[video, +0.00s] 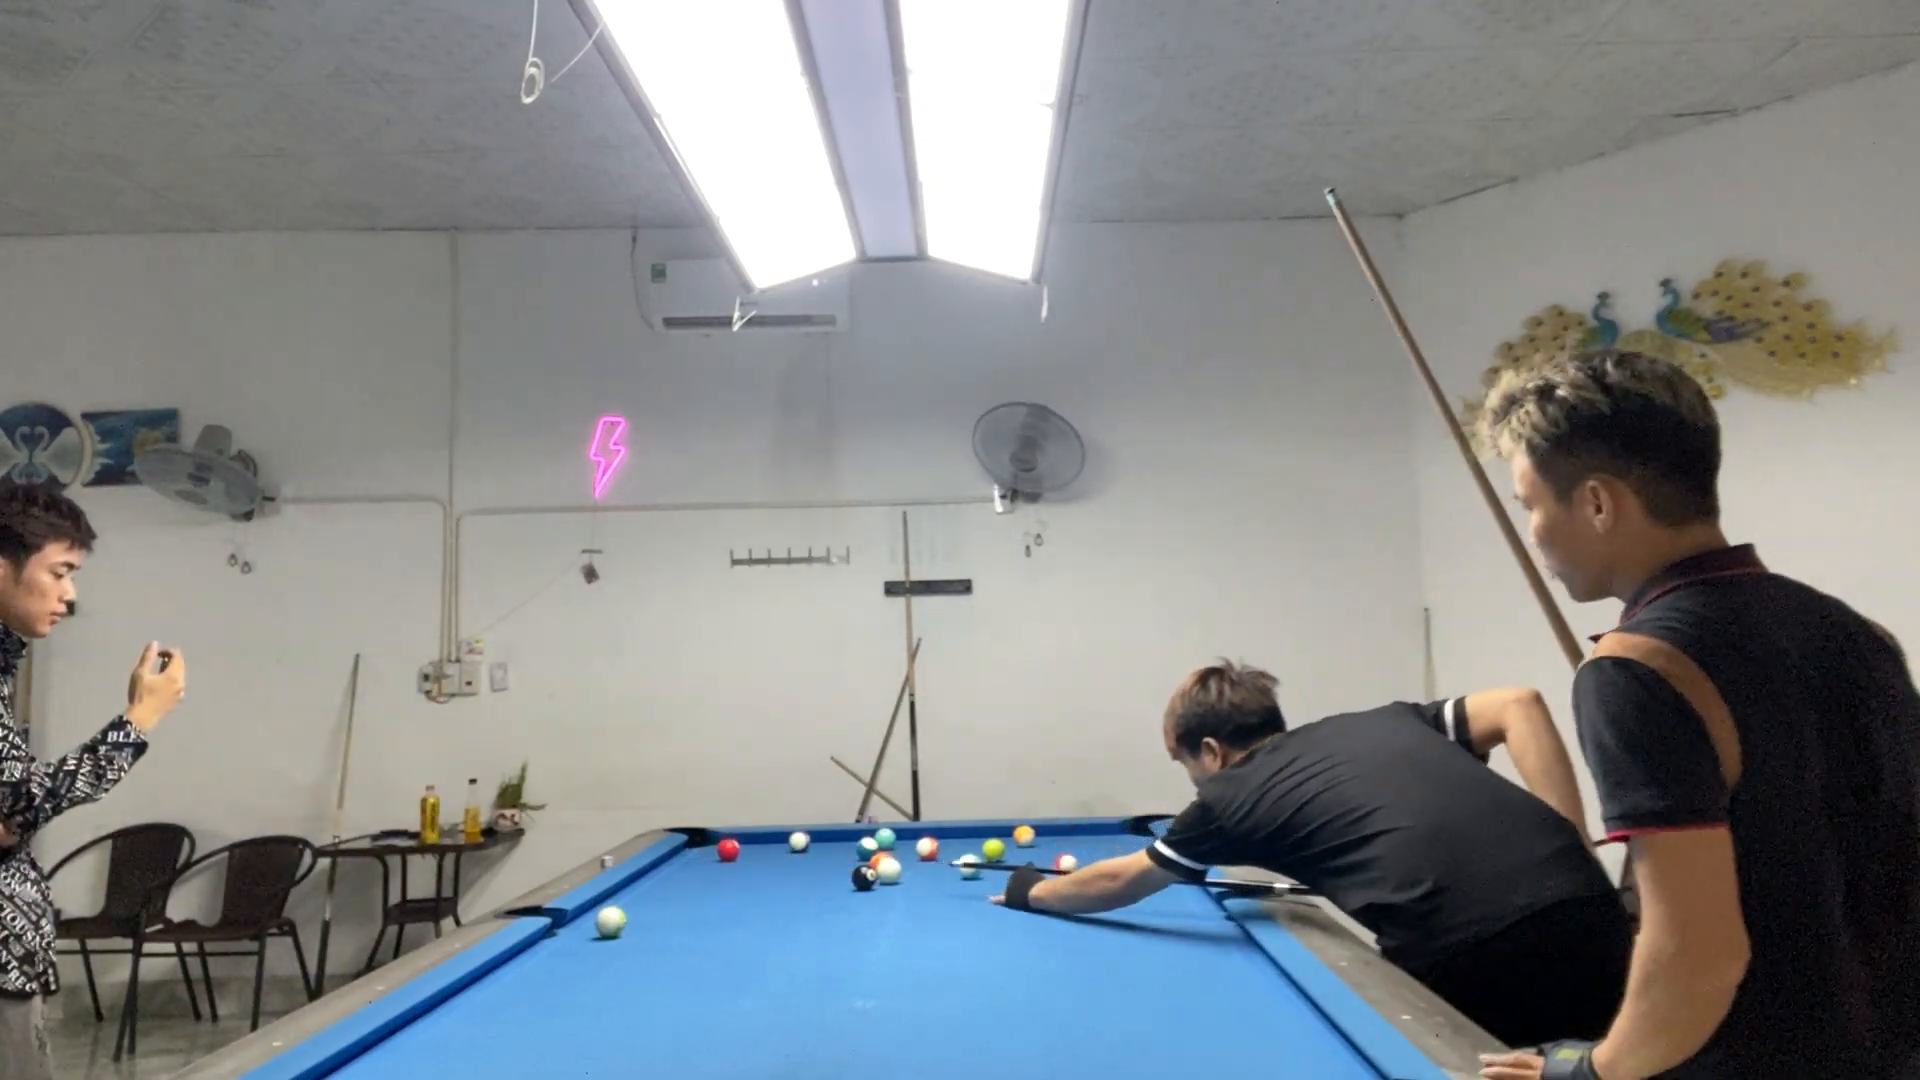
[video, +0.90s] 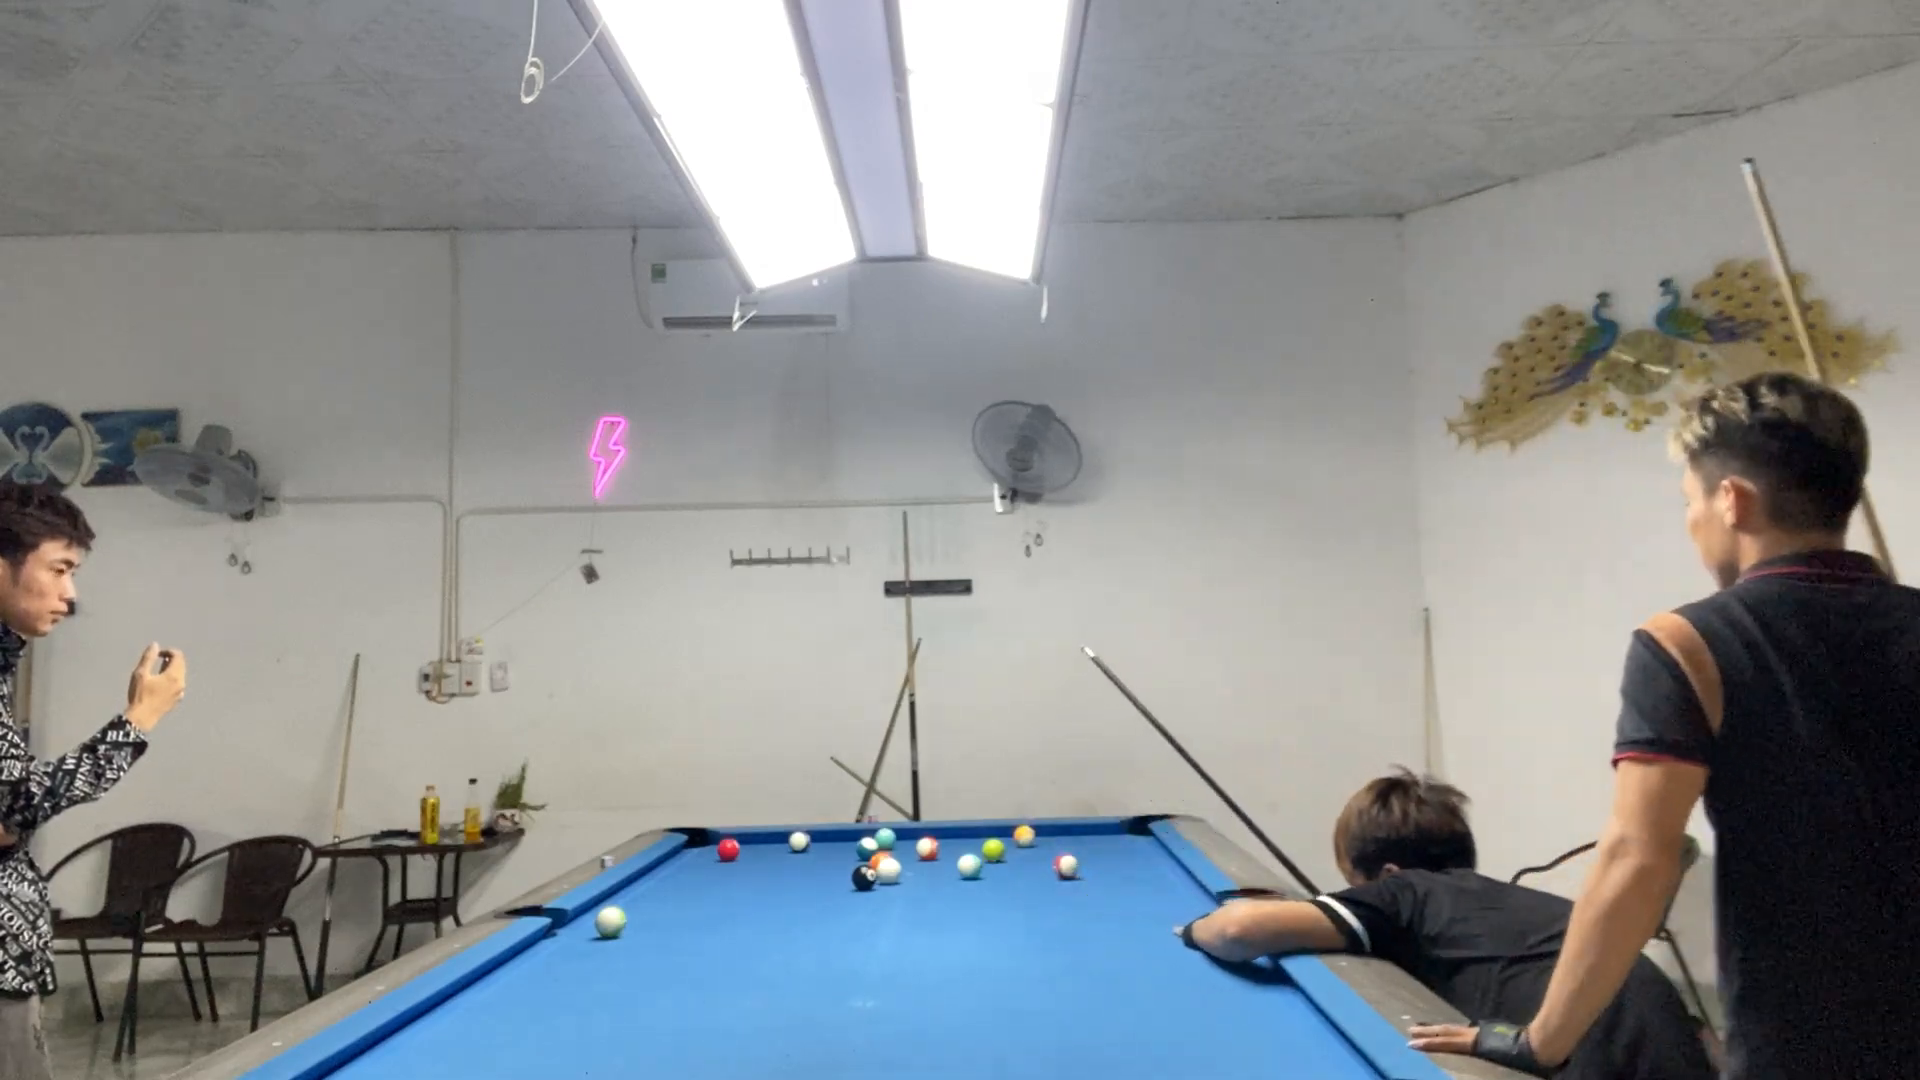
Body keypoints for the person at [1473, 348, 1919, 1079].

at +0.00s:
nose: (1528, 534)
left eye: (1529, 505)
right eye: (1522, 508)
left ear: (1599, 505)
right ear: (1696, 480)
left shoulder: (1635, 673)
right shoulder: (1856, 635)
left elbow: (1697, 952)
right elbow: (1896, 892)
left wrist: (1600, 1068)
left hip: (1743, 1062)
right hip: (1889, 1052)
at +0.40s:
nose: (1583, 521)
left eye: (1583, 494)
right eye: (1577, 497)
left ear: (1634, 496)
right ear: (1735, 489)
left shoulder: (1622, 654)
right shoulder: (1889, 653)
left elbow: (1620, 902)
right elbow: (1902, 880)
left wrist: (1535, 1048)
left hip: (1694, 1058)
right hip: (1875, 1053)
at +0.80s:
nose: (1652, 524)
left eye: (1655, 499)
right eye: (1651, 501)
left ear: (1696, 503)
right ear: (1801, 501)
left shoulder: (1651, 643)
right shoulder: (1902, 632)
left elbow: (1619, 857)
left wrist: (1538, 1047)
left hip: (1749, 1051)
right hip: (1897, 1047)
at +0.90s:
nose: (1689, 524)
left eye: (1692, 499)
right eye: (1687, 501)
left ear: (1735, 501)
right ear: (1843, 500)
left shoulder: (1690, 643)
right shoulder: (1908, 614)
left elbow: (1641, 859)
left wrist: (1540, 1045)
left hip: (1795, 1047)